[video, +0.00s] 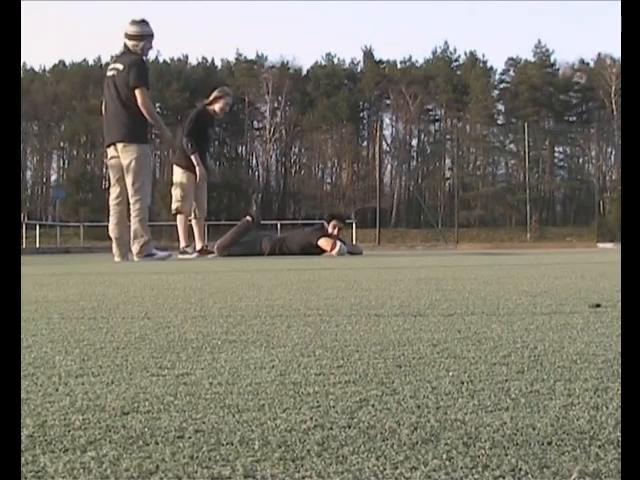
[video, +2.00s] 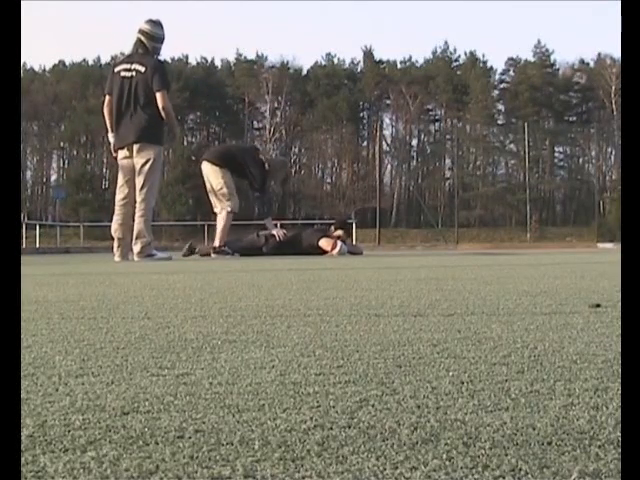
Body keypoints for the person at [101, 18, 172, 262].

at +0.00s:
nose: (151, 46)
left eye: (151, 42)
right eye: (149, 42)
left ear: (128, 40)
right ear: (141, 42)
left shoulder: (113, 64)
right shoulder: (137, 63)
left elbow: (105, 107)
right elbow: (142, 101)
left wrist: (113, 133)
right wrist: (162, 129)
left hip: (112, 138)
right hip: (133, 137)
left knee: (116, 196)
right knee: (138, 195)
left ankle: (119, 250)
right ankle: (142, 247)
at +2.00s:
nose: (160, 47)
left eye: (160, 43)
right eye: (160, 43)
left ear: (138, 38)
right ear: (156, 42)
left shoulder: (118, 65)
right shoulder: (155, 65)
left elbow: (107, 104)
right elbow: (162, 102)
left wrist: (112, 134)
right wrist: (174, 126)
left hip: (121, 136)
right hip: (147, 136)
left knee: (123, 195)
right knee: (145, 195)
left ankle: (119, 249)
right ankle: (142, 248)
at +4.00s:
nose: (160, 47)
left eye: (160, 43)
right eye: (160, 43)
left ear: (139, 38)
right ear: (156, 42)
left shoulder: (120, 65)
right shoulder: (154, 64)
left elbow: (109, 104)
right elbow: (159, 101)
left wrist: (112, 136)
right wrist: (172, 135)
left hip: (123, 138)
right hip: (148, 138)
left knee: (124, 196)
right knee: (145, 196)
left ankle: (119, 249)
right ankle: (143, 248)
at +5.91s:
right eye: (144, 40)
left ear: (126, 41)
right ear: (147, 42)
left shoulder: (111, 65)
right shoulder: (155, 67)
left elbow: (96, 101)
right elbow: (163, 106)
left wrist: (93, 133)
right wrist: (169, 139)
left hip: (115, 138)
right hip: (142, 139)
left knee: (118, 196)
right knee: (142, 195)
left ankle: (119, 250)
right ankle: (142, 248)